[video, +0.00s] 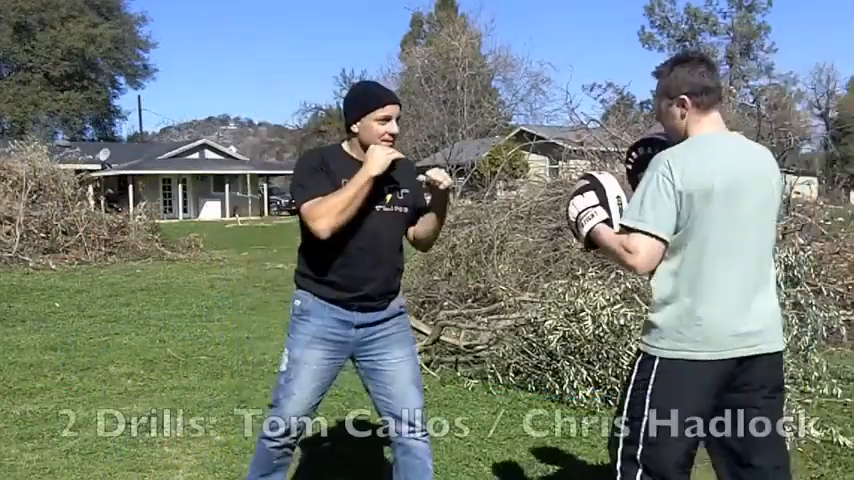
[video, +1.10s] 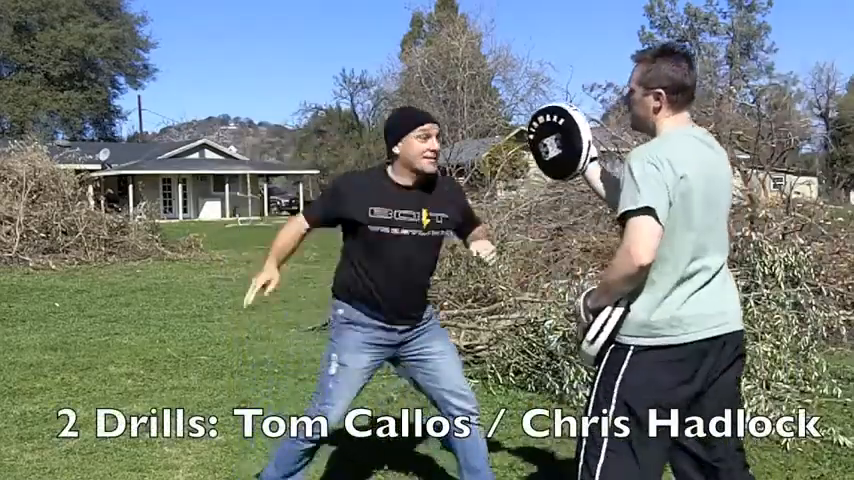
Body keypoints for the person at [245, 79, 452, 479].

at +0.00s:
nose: (393, 129)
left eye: (396, 120)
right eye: (383, 121)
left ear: (398, 122)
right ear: (355, 124)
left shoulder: (401, 171)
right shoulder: (317, 162)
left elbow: (421, 238)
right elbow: (320, 224)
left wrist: (440, 199)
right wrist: (368, 172)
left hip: (386, 318)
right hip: (321, 316)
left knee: (410, 426)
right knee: (284, 426)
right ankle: (261, 476)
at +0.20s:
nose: (380, 150)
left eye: (384, 139)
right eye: (368, 142)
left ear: (390, 136)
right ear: (342, 143)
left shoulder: (402, 173)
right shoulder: (307, 173)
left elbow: (425, 245)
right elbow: (296, 246)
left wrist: (430, 223)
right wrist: (344, 196)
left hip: (378, 321)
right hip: (308, 318)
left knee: (406, 419)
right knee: (274, 417)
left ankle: (414, 476)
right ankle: (255, 476)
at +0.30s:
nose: (363, 191)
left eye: (369, 179)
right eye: (351, 182)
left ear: (377, 172)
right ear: (329, 180)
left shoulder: (395, 200)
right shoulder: (297, 203)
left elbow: (425, 260)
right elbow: (283, 276)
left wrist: (418, 254)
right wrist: (325, 236)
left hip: (374, 325)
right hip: (304, 325)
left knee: (409, 413)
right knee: (267, 408)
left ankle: (418, 476)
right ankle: (252, 475)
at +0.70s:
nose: (314, 187)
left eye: (317, 175)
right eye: (301, 181)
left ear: (323, 170)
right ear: (278, 184)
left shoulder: (348, 196)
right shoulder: (255, 215)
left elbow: (390, 263)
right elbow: (248, 291)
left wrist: (360, 237)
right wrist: (278, 239)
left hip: (364, 316)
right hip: (298, 320)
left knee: (409, 399)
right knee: (262, 400)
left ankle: (434, 475)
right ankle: (251, 475)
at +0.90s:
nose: (342, 165)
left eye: (345, 154)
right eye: (330, 157)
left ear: (350, 151)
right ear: (305, 161)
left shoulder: (370, 185)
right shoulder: (281, 193)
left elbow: (407, 253)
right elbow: (256, 267)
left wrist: (370, 209)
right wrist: (293, 218)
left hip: (382, 314)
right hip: (314, 317)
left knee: (434, 402)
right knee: (279, 402)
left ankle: (466, 475)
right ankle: (253, 476)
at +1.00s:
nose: (380, 162)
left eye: (382, 151)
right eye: (368, 153)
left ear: (386, 152)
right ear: (342, 158)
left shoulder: (401, 189)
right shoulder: (310, 194)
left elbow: (445, 247)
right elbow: (271, 258)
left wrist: (408, 211)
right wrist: (309, 240)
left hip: (401, 321)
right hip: (333, 323)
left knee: (448, 408)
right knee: (296, 408)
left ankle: (472, 476)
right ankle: (261, 476)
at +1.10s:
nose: (434, 145)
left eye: (436, 137)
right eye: (423, 137)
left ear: (439, 144)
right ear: (396, 146)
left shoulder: (446, 191)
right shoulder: (354, 188)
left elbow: (473, 229)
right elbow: (302, 222)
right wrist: (271, 264)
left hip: (419, 327)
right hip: (359, 326)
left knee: (464, 412)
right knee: (324, 419)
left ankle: (480, 476)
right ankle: (273, 476)